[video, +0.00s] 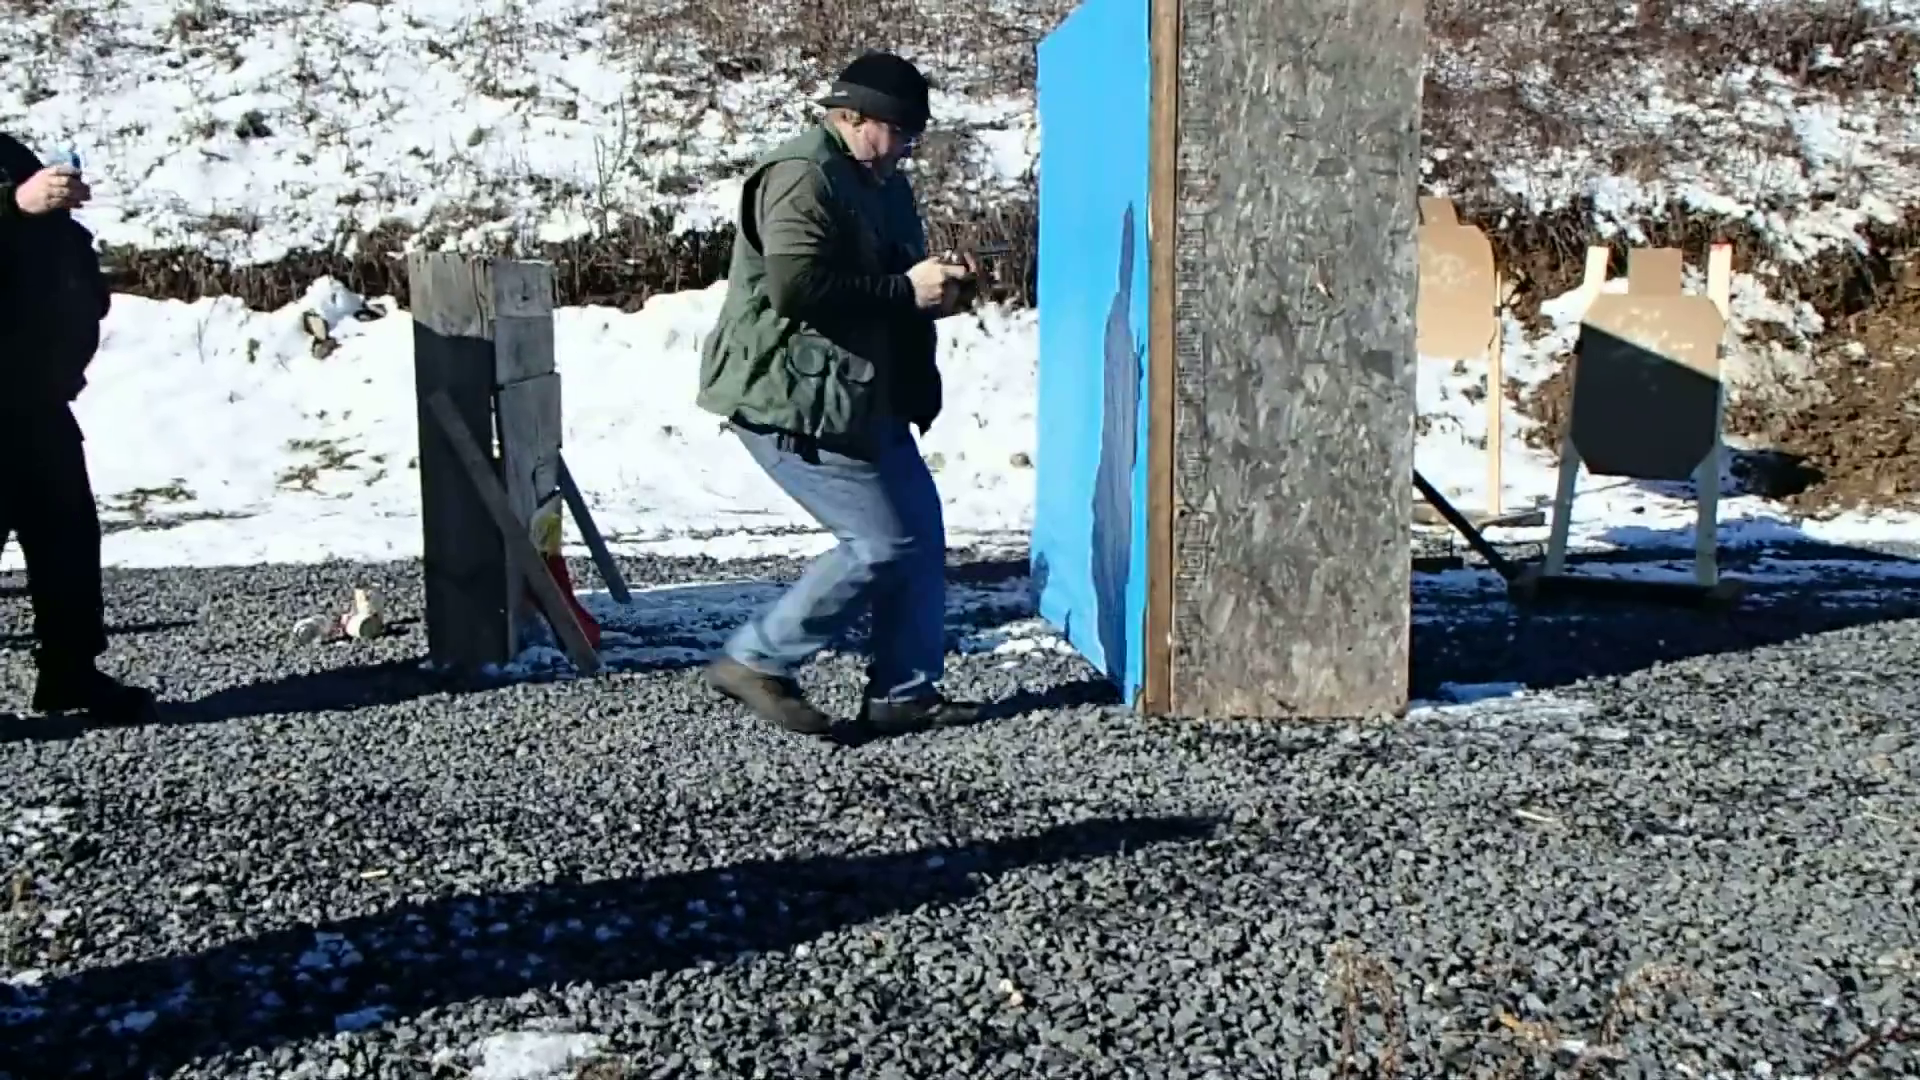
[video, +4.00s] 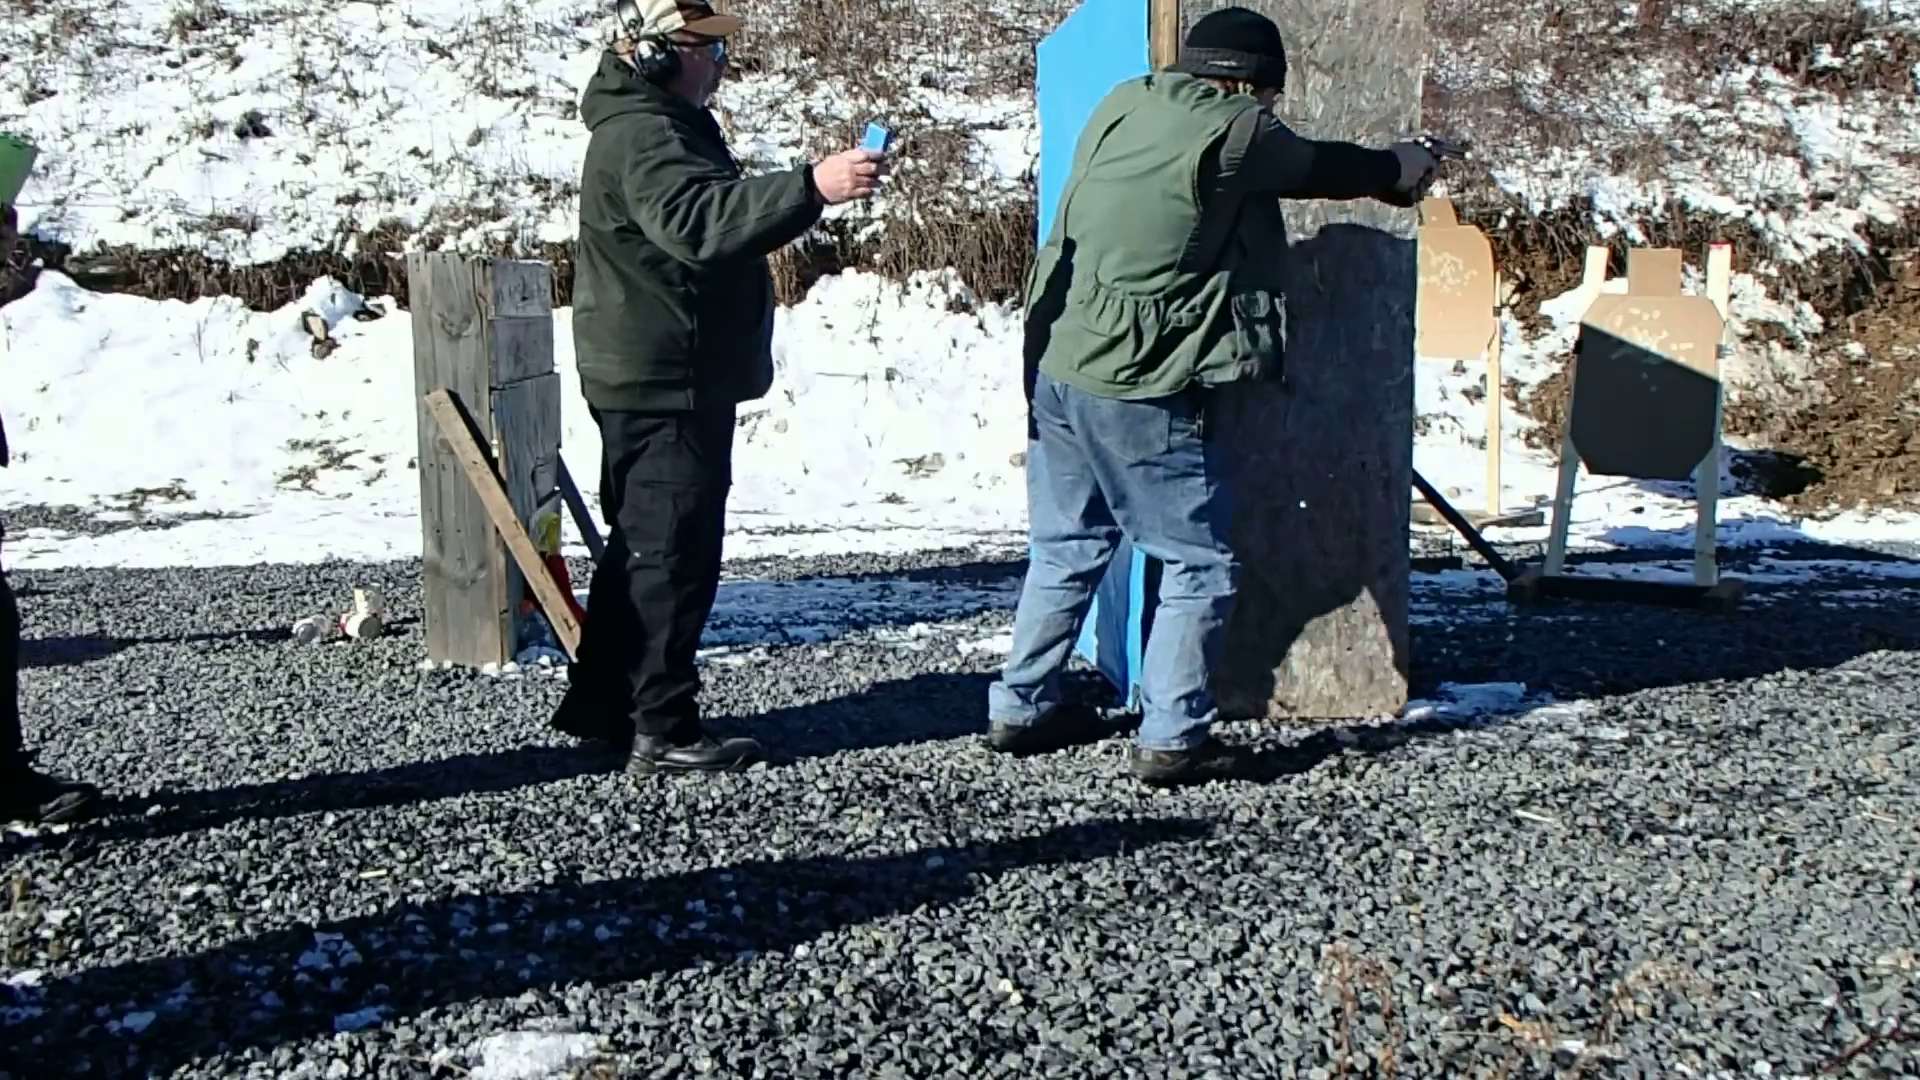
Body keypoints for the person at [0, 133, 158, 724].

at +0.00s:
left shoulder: (20, 166)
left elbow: (80, 284)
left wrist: (60, 372)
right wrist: (19, 203)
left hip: (33, 398)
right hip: (19, 402)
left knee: (67, 532)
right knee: (62, 532)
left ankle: (69, 672)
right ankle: (66, 674)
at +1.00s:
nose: (234, 102)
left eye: (235, 89)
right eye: (219, 90)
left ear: (230, 90)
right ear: (179, 93)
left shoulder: (226, 161)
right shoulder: (147, 160)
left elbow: (258, 263)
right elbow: (175, 235)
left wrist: (304, 323)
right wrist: (273, 199)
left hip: (235, 383)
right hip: (180, 391)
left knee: (208, 533)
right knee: (249, 530)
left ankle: (174, 682)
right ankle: (302, 686)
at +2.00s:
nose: (493, 84)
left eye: (493, 70)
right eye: (480, 71)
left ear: (465, 80)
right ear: (437, 81)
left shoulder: (486, 156)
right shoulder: (392, 168)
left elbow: (525, 252)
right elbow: (407, 266)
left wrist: (554, 246)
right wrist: (508, 238)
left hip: (506, 387)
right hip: (434, 396)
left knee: (530, 545)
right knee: (428, 557)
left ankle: (571, 694)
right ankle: (384, 717)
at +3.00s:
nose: (685, 74)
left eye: (683, 61)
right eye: (675, 62)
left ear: (633, 67)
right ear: (637, 69)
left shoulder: (636, 134)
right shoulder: (601, 143)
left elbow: (657, 235)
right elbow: (634, 249)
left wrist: (736, 200)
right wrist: (732, 203)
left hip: (651, 383)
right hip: (640, 389)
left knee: (634, 545)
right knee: (666, 552)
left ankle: (596, 711)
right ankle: (663, 729)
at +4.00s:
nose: (720, 63)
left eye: (720, 49)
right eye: (709, 48)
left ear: (658, 53)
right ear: (661, 51)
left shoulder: (666, 123)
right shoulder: (645, 130)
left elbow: (716, 221)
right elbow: (700, 226)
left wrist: (808, 190)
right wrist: (812, 185)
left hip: (669, 378)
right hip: (666, 383)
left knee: (645, 546)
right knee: (675, 554)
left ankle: (600, 702)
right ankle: (662, 731)